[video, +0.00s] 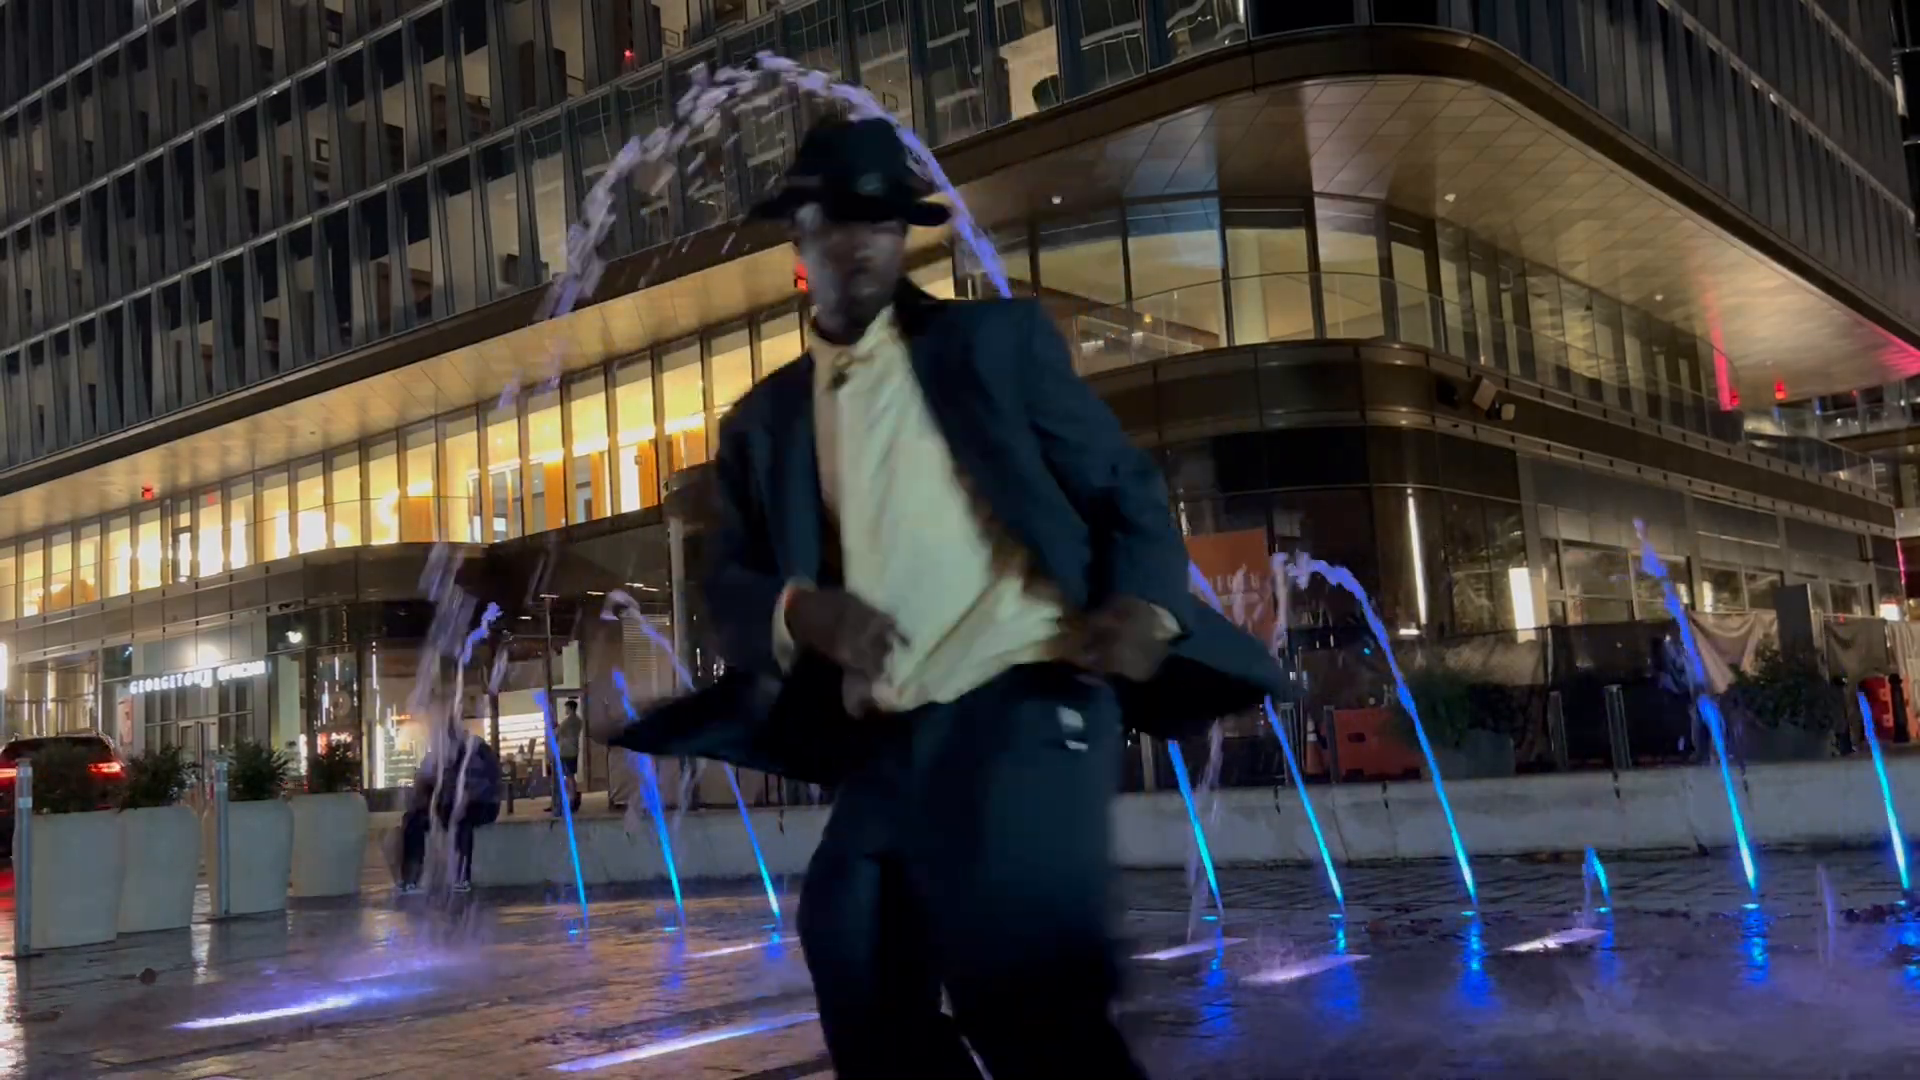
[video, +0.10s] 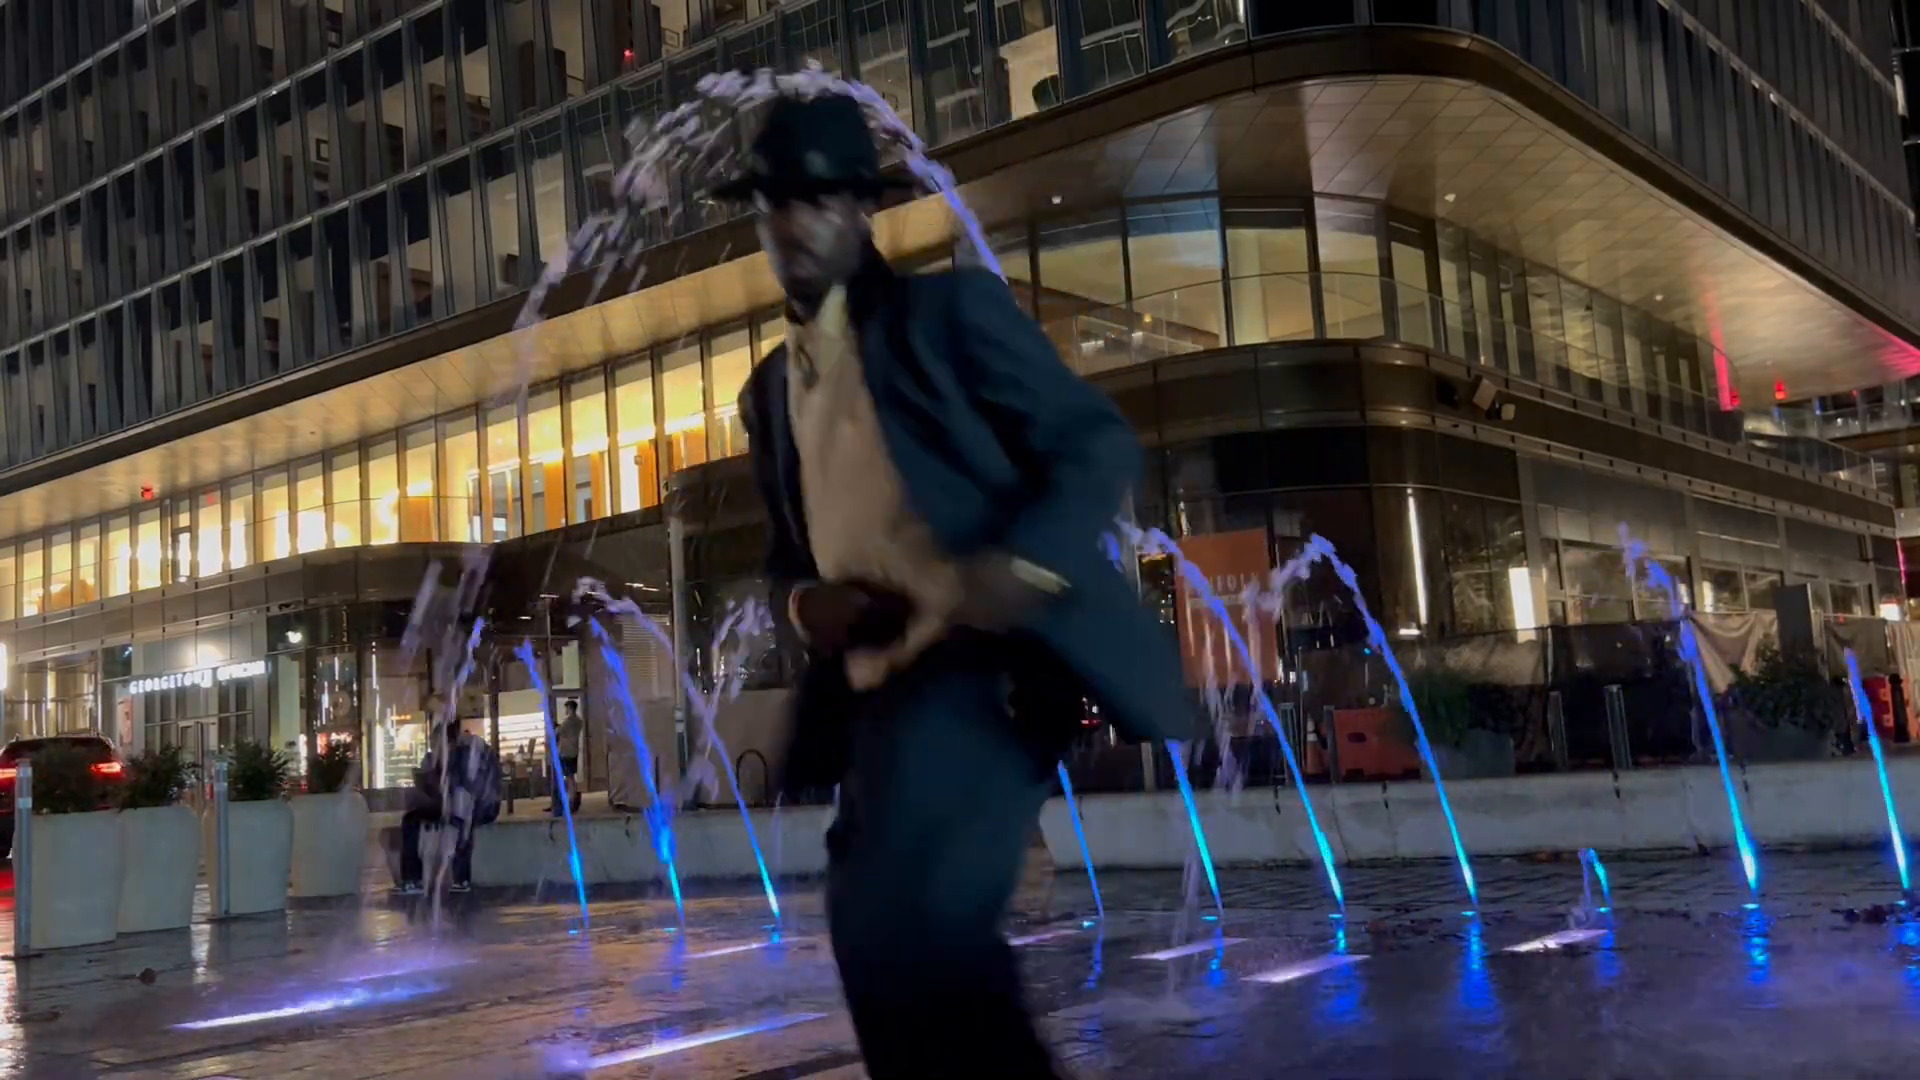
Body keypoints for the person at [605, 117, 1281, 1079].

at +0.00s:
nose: (858, 242)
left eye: (880, 219)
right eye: (833, 219)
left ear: (908, 235)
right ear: (797, 239)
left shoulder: (1003, 340)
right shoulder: (760, 422)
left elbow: (1129, 486)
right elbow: (724, 592)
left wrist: (1144, 604)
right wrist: (797, 608)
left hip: (1031, 705)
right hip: (888, 737)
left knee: (1024, 982)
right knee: (844, 938)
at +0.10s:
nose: (787, 227)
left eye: (811, 201)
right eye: (772, 204)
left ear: (864, 209)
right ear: (758, 218)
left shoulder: (949, 305)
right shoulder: (770, 392)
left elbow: (1097, 446)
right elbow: (788, 561)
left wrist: (1025, 567)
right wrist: (806, 601)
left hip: (990, 670)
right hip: (877, 700)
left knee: (925, 917)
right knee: (872, 923)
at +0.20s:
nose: (753, 211)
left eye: (778, 184)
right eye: (738, 190)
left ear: (839, 188)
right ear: (727, 200)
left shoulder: (907, 275)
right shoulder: (780, 341)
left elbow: (1022, 424)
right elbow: (825, 512)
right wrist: (778, 556)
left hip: (958, 655)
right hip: (892, 664)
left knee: (819, 907)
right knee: (965, 931)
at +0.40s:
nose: (700, 224)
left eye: (725, 196)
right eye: (692, 204)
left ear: (802, 205)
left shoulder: (818, 334)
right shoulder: (821, 329)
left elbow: (812, 525)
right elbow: (892, 534)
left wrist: (606, 549)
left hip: (839, 756)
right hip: (860, 749)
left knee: (740, 1000)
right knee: (909, 998)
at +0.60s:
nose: (658, 218)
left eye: (681, 193)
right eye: (657, 196)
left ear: (757, 206)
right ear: (746, 211)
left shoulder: (772, 324)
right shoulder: (774, 316)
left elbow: (737, 526)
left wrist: (669, 482)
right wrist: (983, 664)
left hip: (838, 705)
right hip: (853, 700)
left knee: (751, 952)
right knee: (793, 951)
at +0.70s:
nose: (674, 238)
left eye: (693, 212)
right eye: (668, 217)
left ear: (763, 215)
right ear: (742, 222)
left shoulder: (790, 322)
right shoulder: (768, 327)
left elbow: (772, 523)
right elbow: (774, 514)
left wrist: (696, 482)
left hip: (871, 694)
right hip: (862, 693)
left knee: (726, 929)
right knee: (784, 939)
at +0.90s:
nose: (725, 249)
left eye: (744, 221)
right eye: (708, 230)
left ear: (802, 212)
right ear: (696, 239)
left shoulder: (833, 318)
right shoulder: (797, 326)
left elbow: (774, 476)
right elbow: (800, 494)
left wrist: (678, 451)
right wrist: (709, 479)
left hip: (896, 692)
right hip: (850, 690)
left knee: (807, 912)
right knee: (775, 891)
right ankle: (824, 1079)